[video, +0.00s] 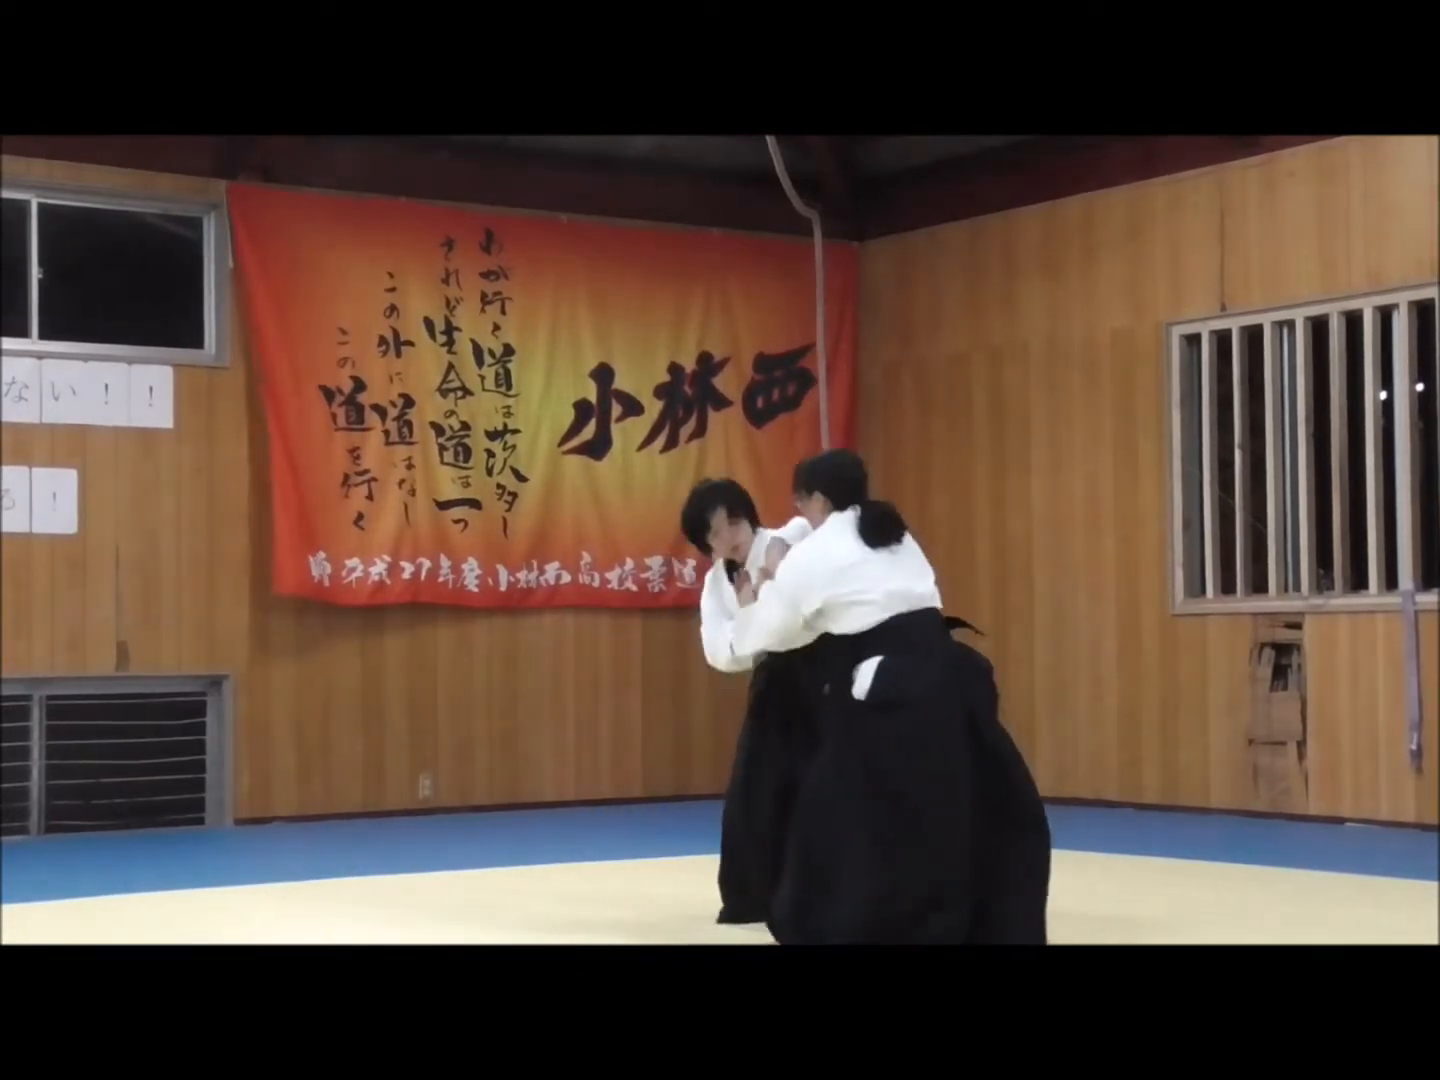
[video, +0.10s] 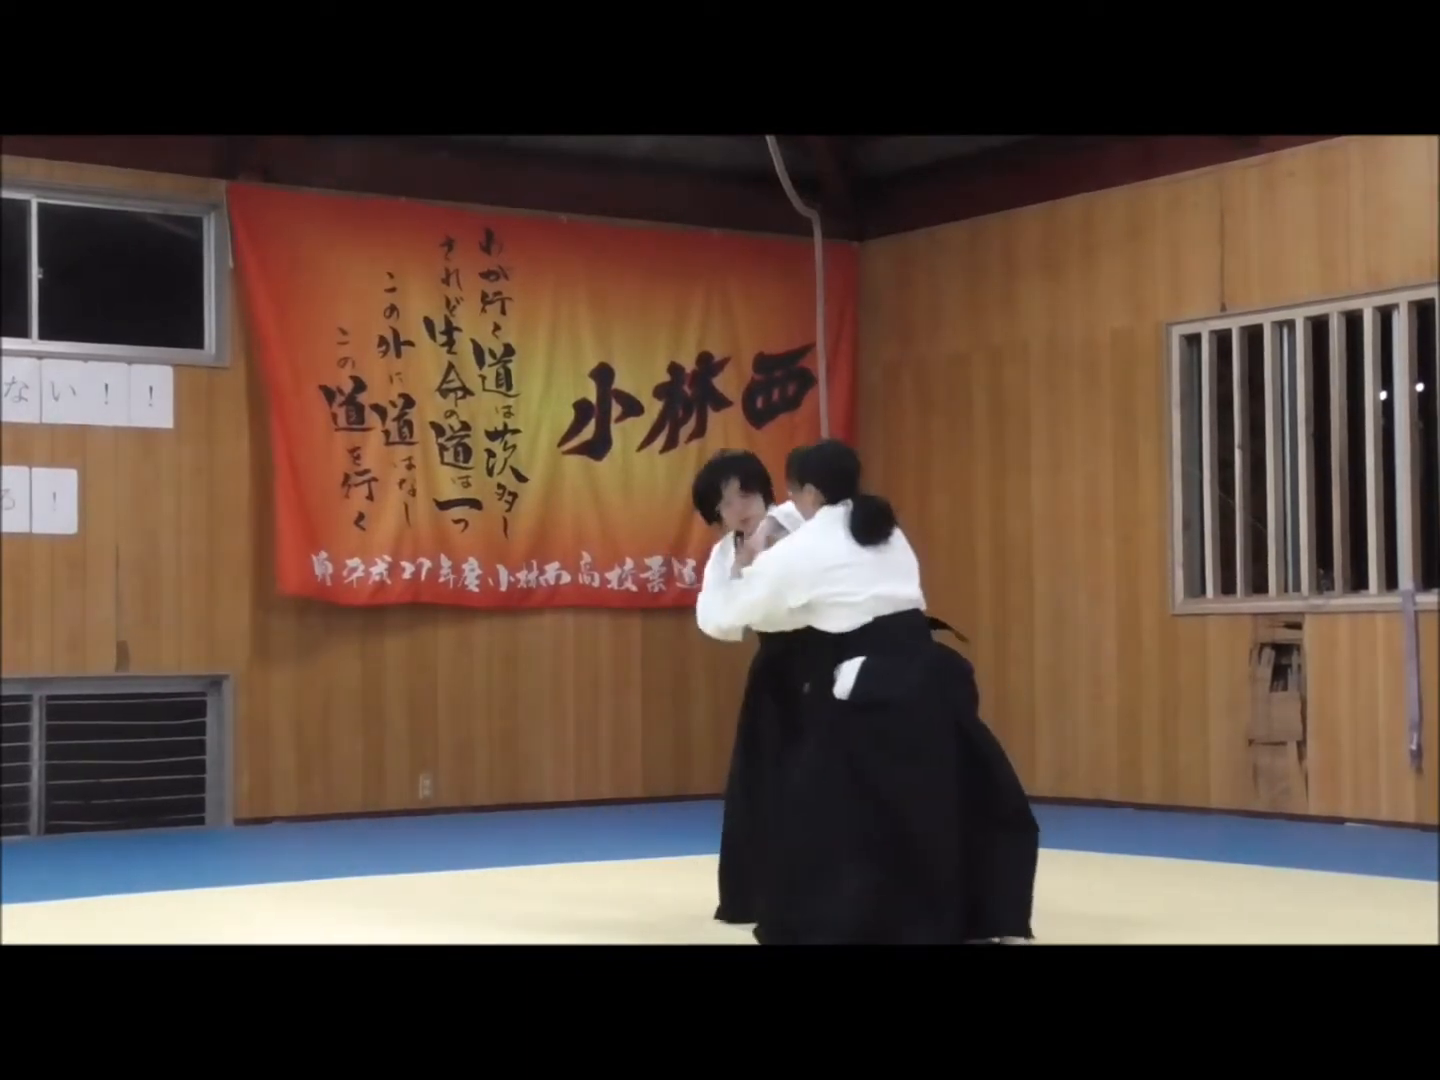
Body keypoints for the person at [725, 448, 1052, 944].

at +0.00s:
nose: (800, 509)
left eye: (803, 499)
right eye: (798, 501)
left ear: (821, 500)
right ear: (857, 493)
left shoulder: (814, 554)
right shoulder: (895, 532)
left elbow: (762, 636)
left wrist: (749, 602)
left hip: (884, 683)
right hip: (950, 670)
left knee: (847, 800)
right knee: (955, 800)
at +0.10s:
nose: (791, 499)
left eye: (794, 490)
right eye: (790, 490)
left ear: (810, 492)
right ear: (852, 482)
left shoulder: (803, 551)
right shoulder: (888, 528)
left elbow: (718, 618)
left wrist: (732, 557)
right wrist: (778, 554)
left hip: (863, 688)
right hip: (931, 677)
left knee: (828, 804)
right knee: (934, 804)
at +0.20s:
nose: (778, 494)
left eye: (781, 486)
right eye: (778, 486)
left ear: (796, 491)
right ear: (836, 482)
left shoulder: (788, 545)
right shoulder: (871, 528)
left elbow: (714, 591)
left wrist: (727, 539)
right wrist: (766, 534)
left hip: (841, 688)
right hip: (908, 676)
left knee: (804, 813)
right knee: (961, 797)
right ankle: (1006, 921)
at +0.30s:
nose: (749, 482)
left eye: (752, 474)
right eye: (750, 474)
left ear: (769, 481)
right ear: (812, 473)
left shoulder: (765, 536)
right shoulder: (844, 516)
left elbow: (702, 563)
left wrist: (712, 508)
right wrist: (743, 504)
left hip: (807, 680)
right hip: (875, 669)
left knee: (786, 801)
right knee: (922, 783)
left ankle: (781, 923)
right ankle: (983, 894)